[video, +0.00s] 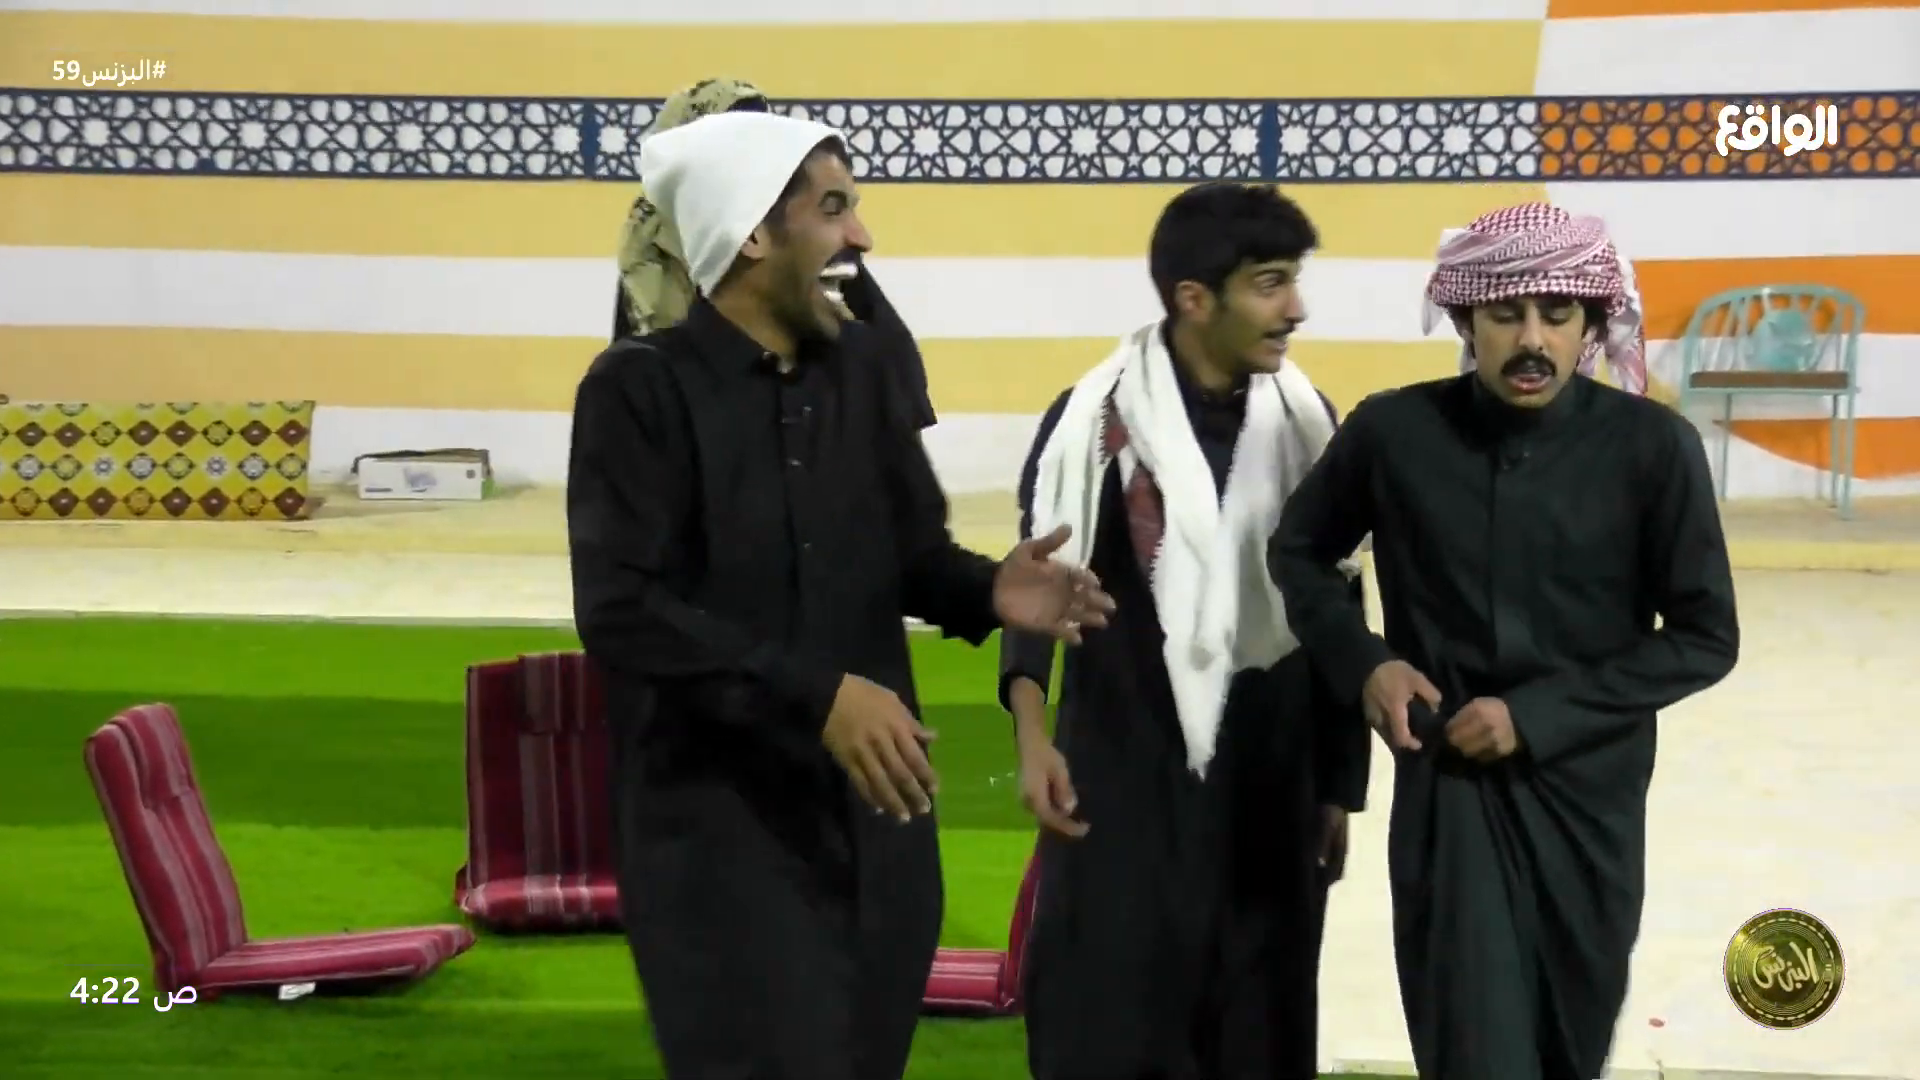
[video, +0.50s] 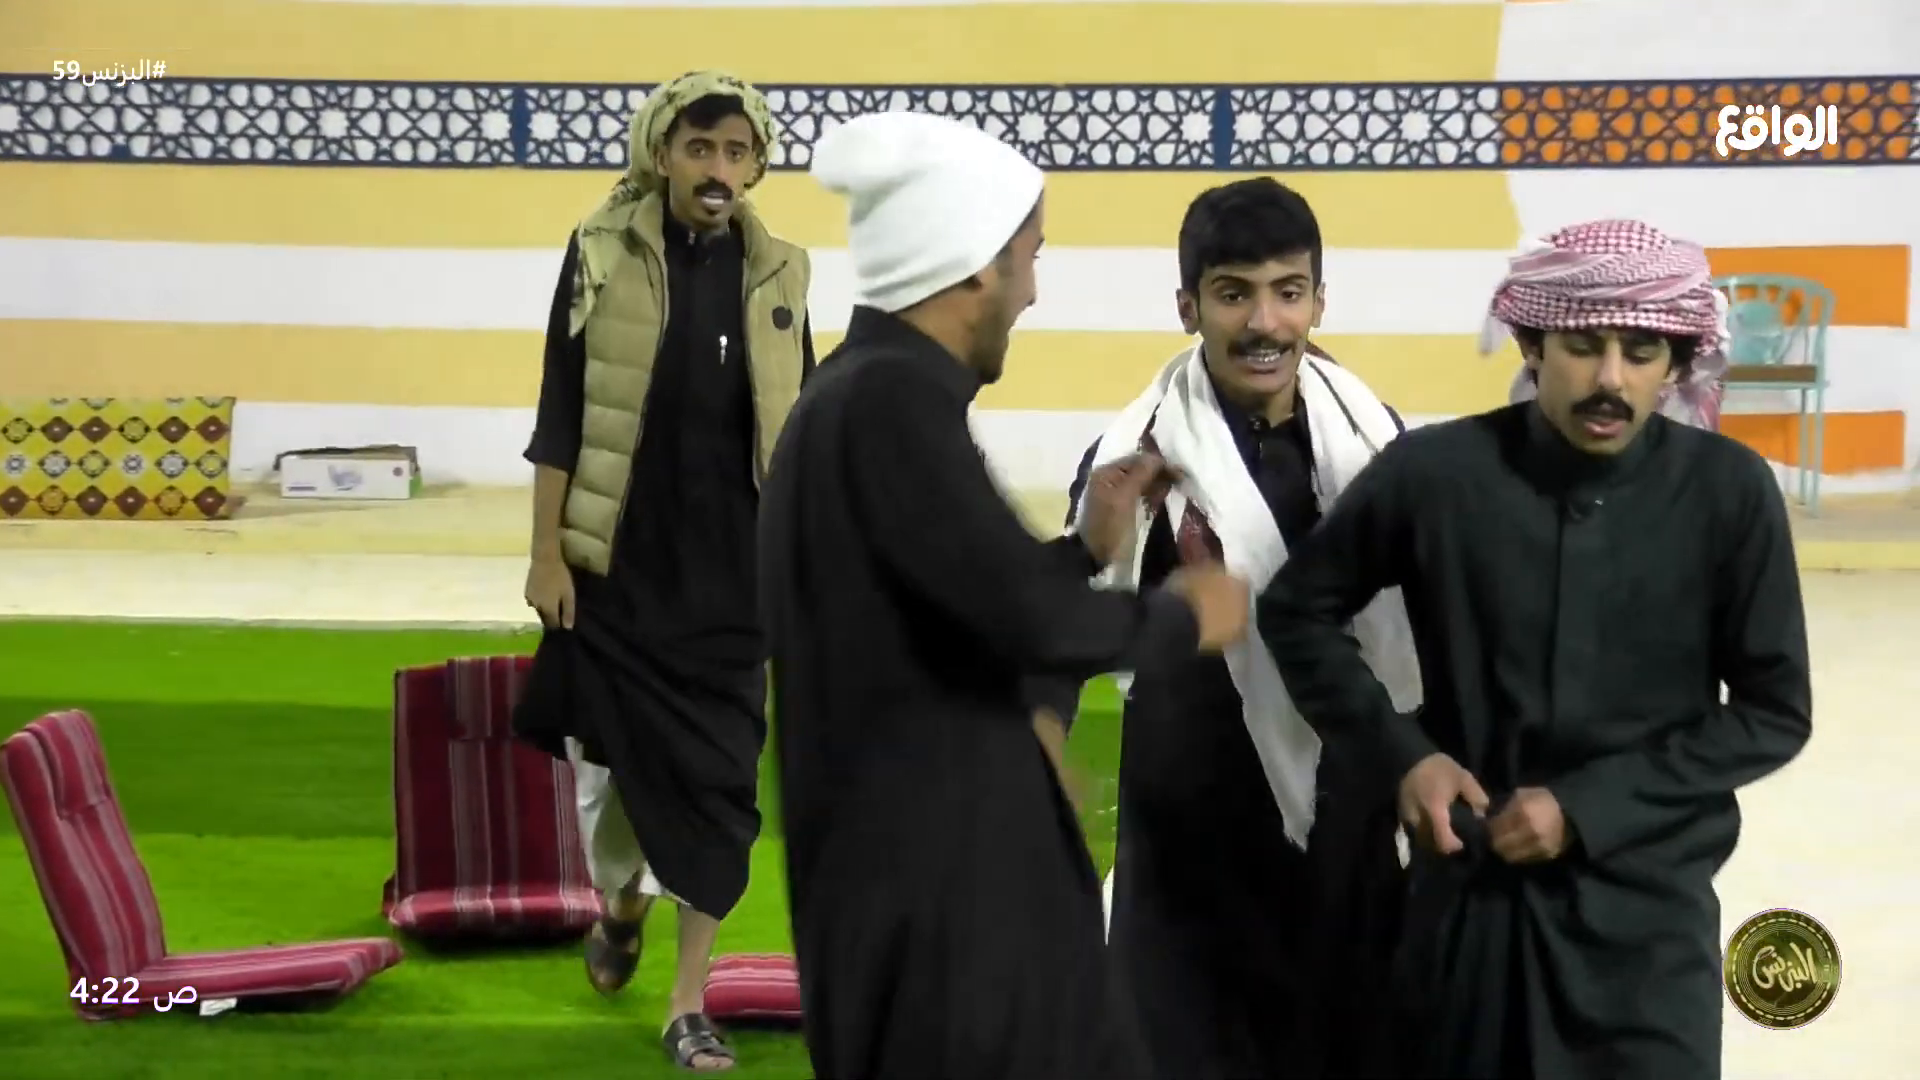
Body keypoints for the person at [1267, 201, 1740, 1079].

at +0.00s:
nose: (1532, 341)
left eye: (1555, 315)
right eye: (1506, 315)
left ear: (1589, 326)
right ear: (1466, 321)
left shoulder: (1652, 445)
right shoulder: (1389, 431)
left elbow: (1707, 638)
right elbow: (1301, 551)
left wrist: (1535, 713)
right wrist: (1367, 664)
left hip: (1590, 805)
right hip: (1447, 799)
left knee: (1571, 1053)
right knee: (1473, 1048)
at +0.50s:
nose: (1609, 378)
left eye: (1640, 352)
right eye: (1582, 346)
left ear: (1675, 366)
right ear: (1533, 349)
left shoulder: (1729, 489)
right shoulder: (1428, 475)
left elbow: (1775, 714)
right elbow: (1295, 609)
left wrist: (1580, 806)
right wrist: (1405, 757)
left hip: (1642, 930)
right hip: (1462, 918)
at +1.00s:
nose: (1567, 419)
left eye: (1594, 386)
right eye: (1536, 386)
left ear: (1634, 382)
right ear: (1487, 381)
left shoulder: (1705, 502)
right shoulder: (1389, 489)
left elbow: (1765, 728)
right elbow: (1267, 635)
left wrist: (1561, 823)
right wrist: (1359, 782)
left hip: (1611, 925)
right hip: (1428, 912)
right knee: (1429, 1061)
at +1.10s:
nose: (1528, 441)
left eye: (1556, 406)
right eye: (1495, 409)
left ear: (1594, 400)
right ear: (1445, 405)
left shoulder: (1672, 520)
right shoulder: (1352, 514)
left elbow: (1743, 745)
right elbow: (1223, 644)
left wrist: (1540, 848)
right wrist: (1317, 798)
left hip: (1588, 942)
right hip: (1401, 933)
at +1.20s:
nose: (1504, 441)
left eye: (1529, 406)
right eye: (1471, 411)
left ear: (1566, 402)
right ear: (1423, 410)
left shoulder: (1650, 518)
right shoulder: (1335, 524)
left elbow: (1725, 744)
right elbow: (1197, 655)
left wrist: (1522, 856)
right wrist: (1296, 805)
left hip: (1576, 959)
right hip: (1386, 951)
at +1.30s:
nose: (1483, 441)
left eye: (1505, 400)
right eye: (1444, 410)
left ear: (1541, 385)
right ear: (1394, 408)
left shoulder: (1627, 512)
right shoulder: (1312, 522)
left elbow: (1693, 744)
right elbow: (1154, 650)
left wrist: (1488, 850)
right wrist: (1264, 802)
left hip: (1559, 978)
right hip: (1372, 971)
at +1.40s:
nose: (1480, 428)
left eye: (1504, 389)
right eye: (1443, 397)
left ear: (1541, 380)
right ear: (1391, 395)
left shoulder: (1617, 506)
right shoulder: (1300, 511)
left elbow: (1670, 736)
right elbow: (1137, 626)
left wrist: (1475, 843)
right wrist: (1242, 793)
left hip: (1553, 982)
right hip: (1361, 977)